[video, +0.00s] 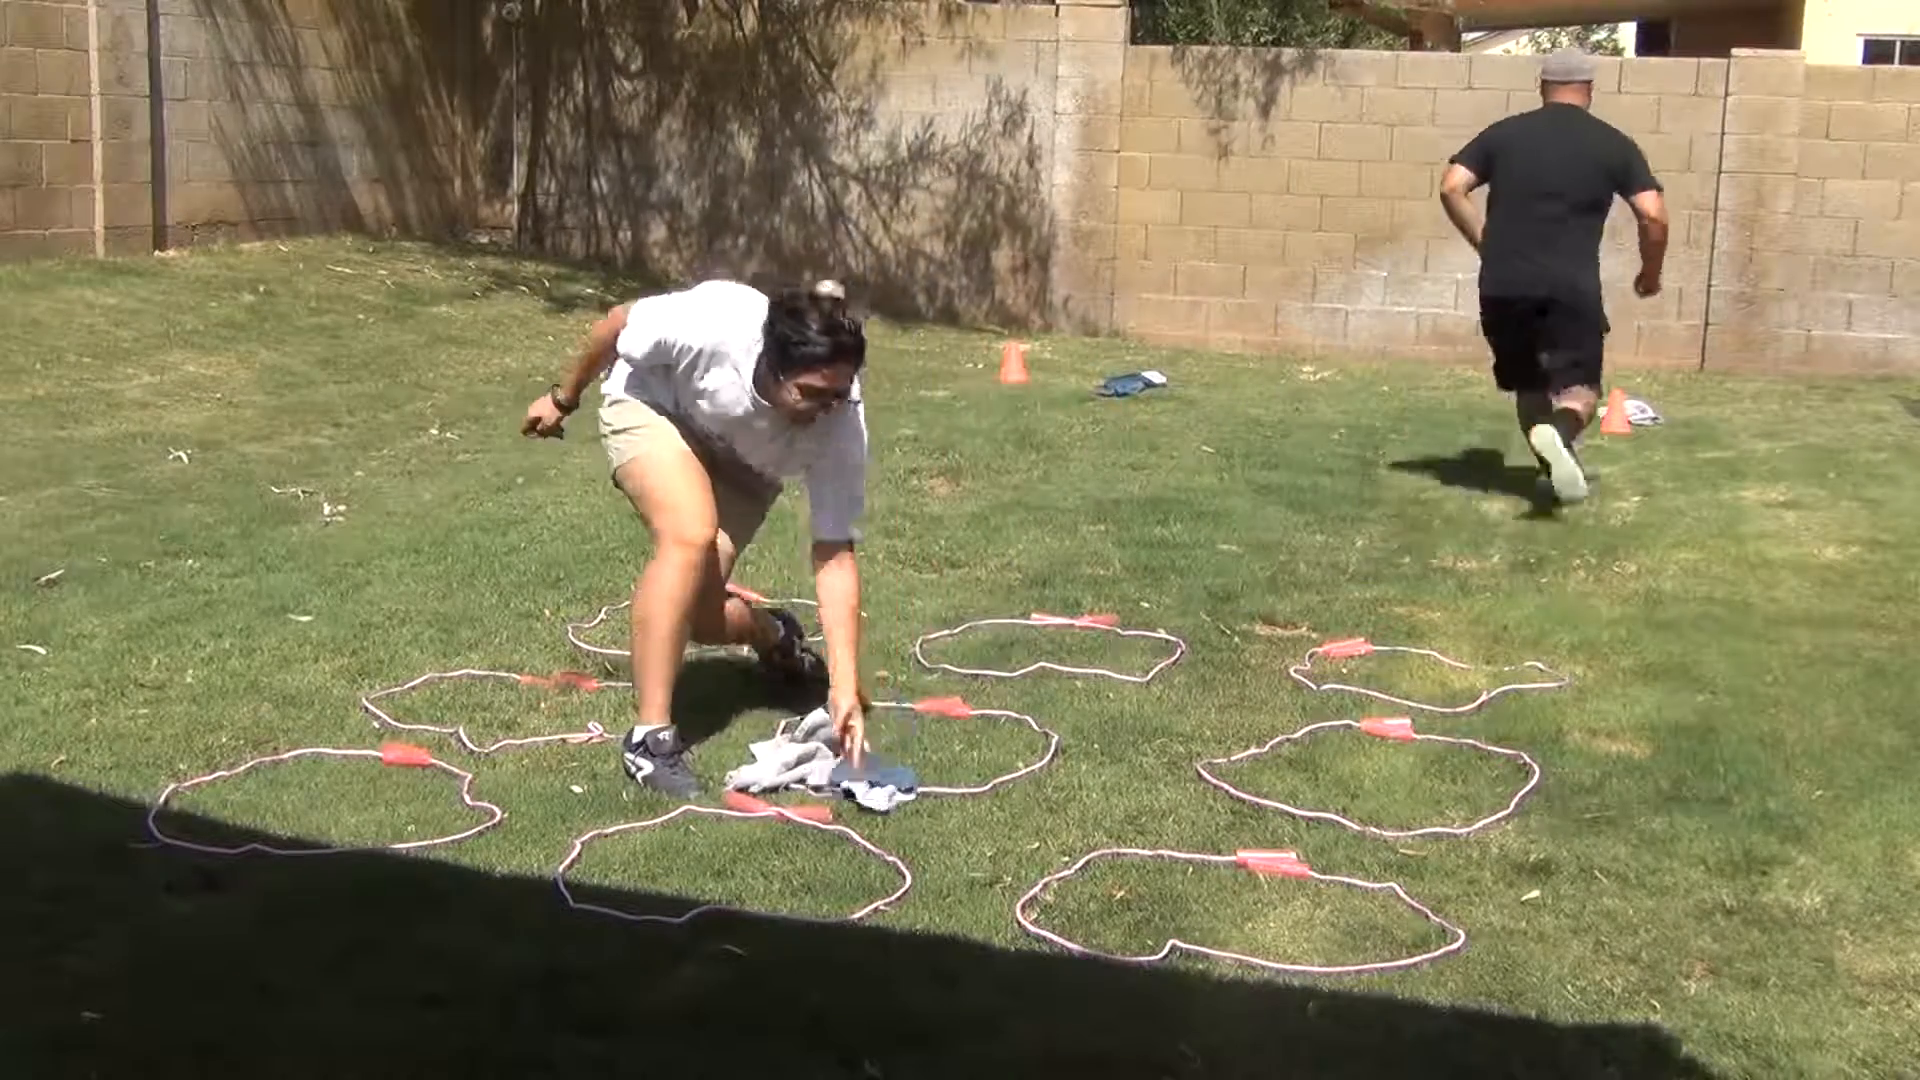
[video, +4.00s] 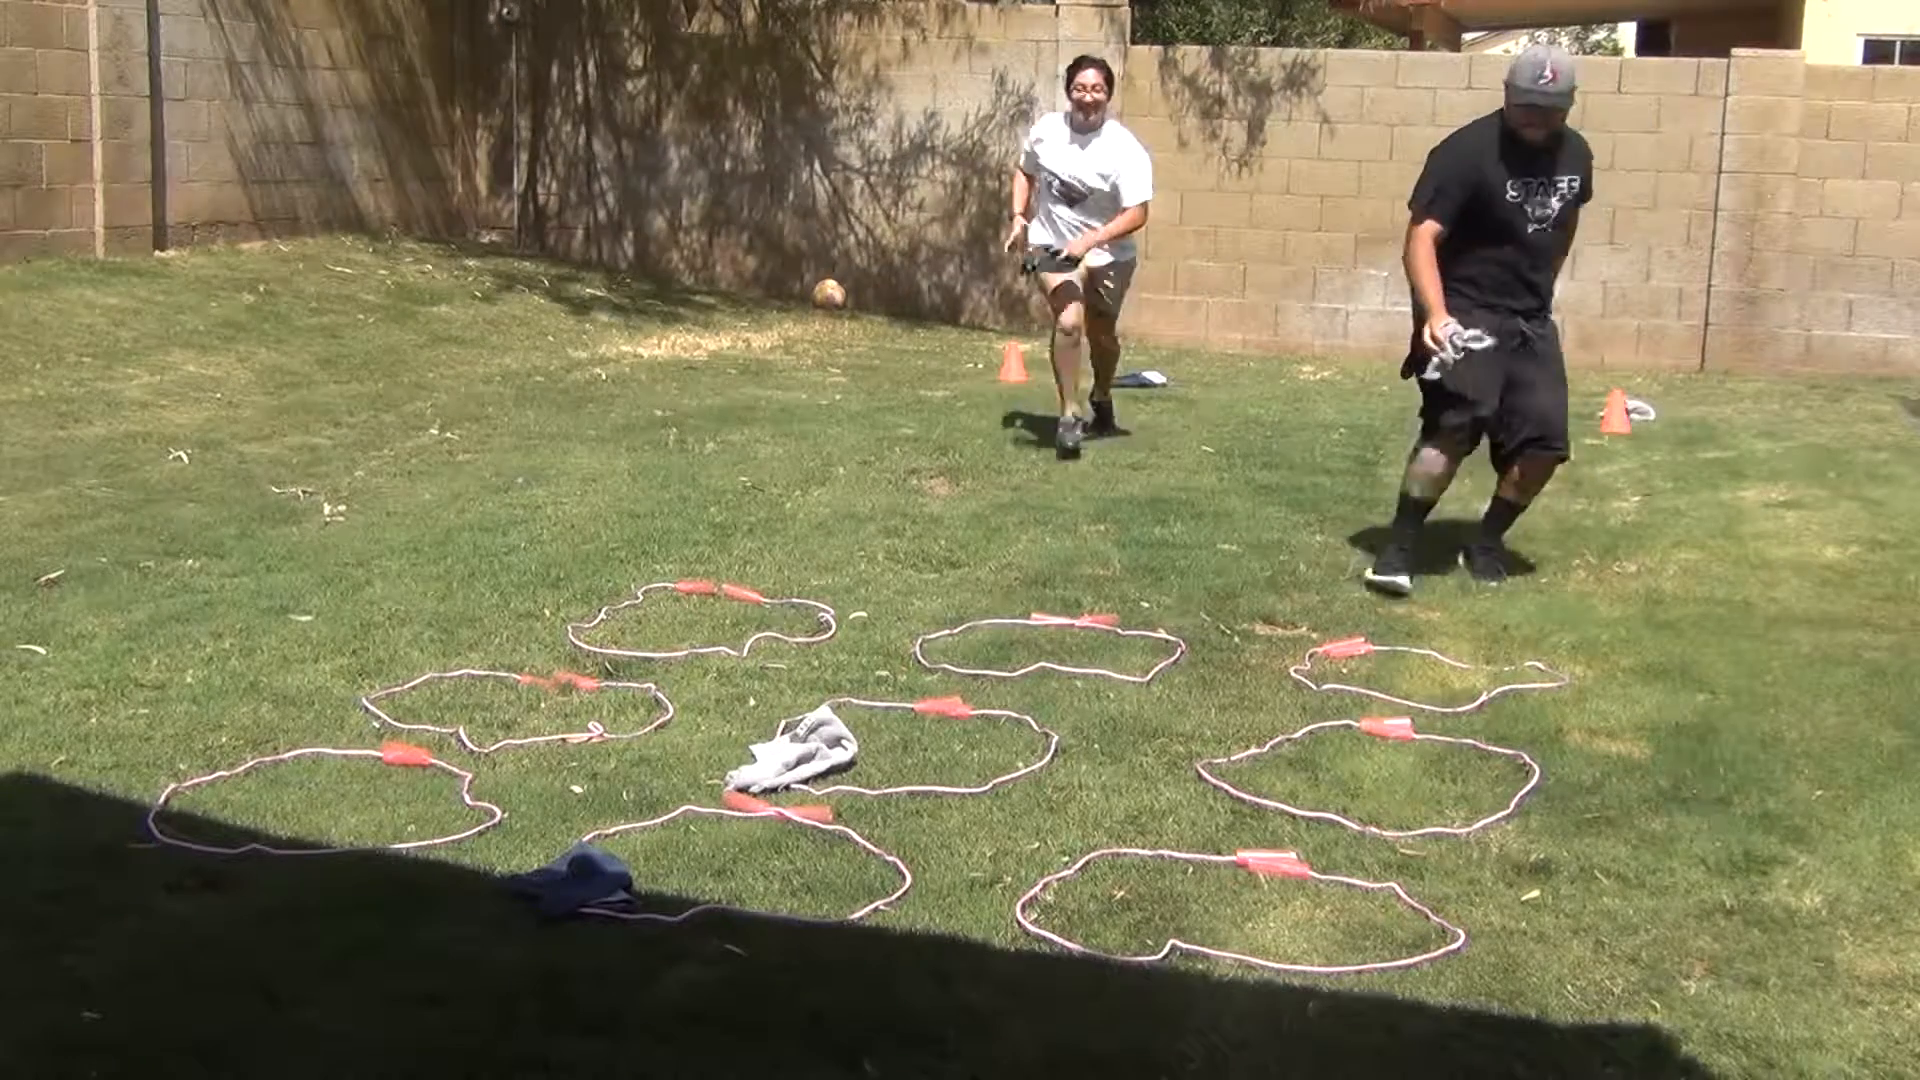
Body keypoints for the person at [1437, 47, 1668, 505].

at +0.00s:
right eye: (1589, 87)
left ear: (1542, 89)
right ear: (1589, 90)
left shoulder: (1506, 131)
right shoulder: (1611, 142)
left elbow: (1452, 187)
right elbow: (1654, 217)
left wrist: (1485, 242)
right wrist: (1650, 272)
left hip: (1502, 282)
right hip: (1570, 286)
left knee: (1529, 388)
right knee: (1579, 387)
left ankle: (1553, 477)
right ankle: (1557, 434)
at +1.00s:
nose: (1520, 235)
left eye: (1523, 227)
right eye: (1514, 231)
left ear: (1537, 203)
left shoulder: (1572, 218)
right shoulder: (1527, 192)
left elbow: (1620, 264)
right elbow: (1519, 226)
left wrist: (1620, 322)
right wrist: (1509, 255)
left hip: (1598, 274)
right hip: (1567, 268)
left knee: (1539, 318)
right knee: (1537, 320)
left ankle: (1543, 401)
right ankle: (1572, 395)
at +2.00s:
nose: (1612, 280)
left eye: (1618, 276)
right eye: (1611, 273)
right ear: (1598, 250)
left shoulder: (1626, 260)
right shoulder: (1551, 241)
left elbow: (1617, 311)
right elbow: (1500, 288)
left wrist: (1614, 371)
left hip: (1568, 295)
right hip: (1526, 290)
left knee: (1583, 368)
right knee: (1530, 356)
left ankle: (1538, 393)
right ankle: (1522, 419)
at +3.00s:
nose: (1618, 132)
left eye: (1625, 123)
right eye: (1610, 123)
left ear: (1634, 125)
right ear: (1589, 123)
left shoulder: (1631, 157)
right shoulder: (1561, 163)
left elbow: (1613, 207)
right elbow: (1552, 241)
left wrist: (1629, 217)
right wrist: (1615, 233)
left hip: (1593, 260)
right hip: (1537, 266)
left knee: (1611, 335)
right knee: (1540, 352)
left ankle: (1589, 417)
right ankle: (1548, 417)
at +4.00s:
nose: (1532, 119)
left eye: (1546, 110)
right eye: (1523, 107)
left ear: (1567, 106)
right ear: (1506, 98)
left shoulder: (1574, 156)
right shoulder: (1464, 152)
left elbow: (1563, 234)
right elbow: (1420, 238)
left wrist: (1538, 294)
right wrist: (1434, 312)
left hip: (1532, 318)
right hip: (1464, 312)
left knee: (1544, 442)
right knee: (1457, 423)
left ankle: (1486, 543)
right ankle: (1399, 547)